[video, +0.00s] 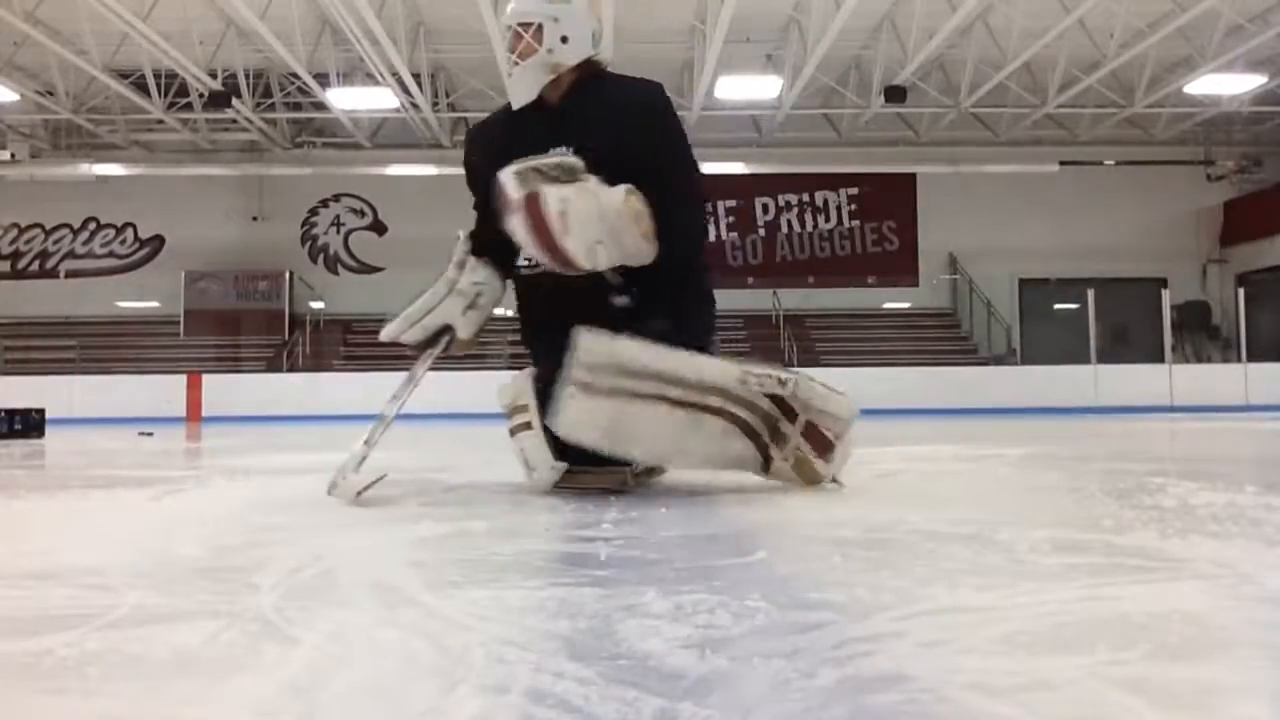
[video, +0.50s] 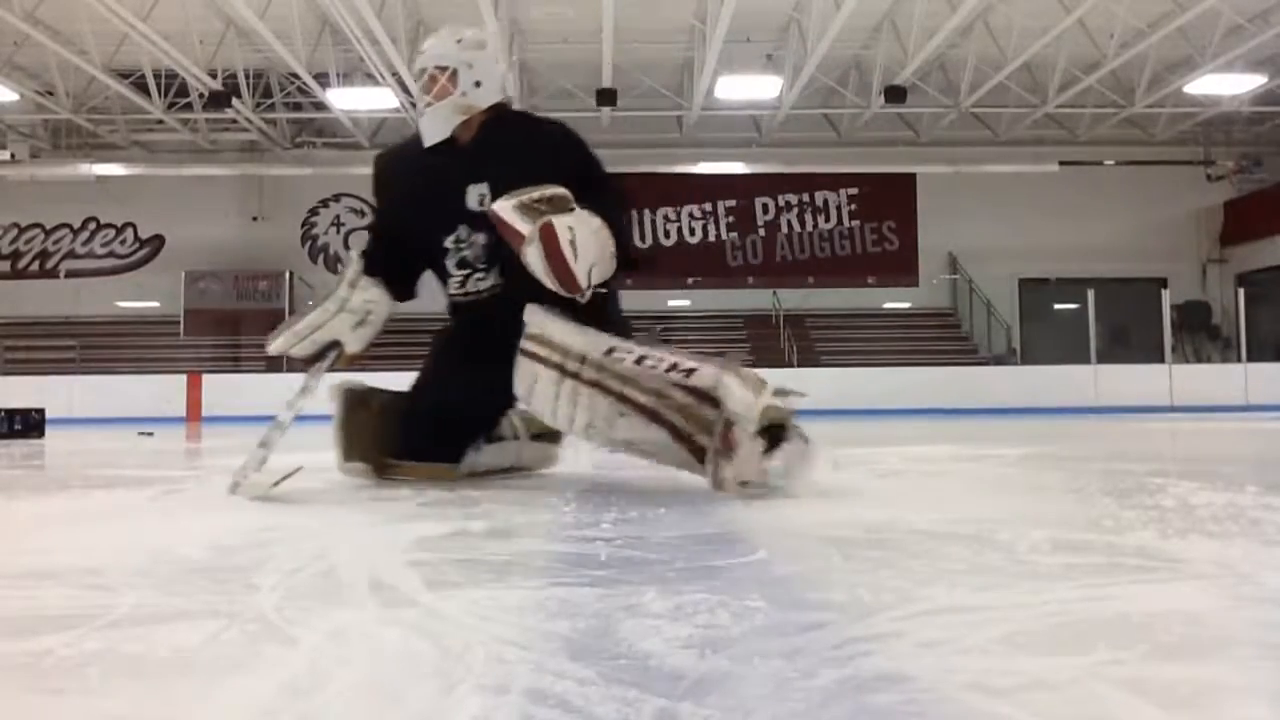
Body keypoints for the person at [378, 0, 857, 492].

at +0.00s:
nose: (519, 41)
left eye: (535, 27)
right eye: (515, 28)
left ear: (573, 34)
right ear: (508, 40)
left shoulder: (639, 106)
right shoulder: (490, 140)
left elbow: (684, 218)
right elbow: (494, 237)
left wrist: (599, 225)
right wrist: (466, 296)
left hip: (659, 325)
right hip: (558, 336)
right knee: (578, 479)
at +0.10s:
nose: (516, 49)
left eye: (530, 34)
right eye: (511, 37)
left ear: (572, 34)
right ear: (505, 45)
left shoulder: (640, 105)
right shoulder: (488, 136)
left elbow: (702, 197)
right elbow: (486, 240)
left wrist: (631, 225)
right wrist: (451, 302)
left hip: (646, 314)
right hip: (549, 323)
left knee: (610, 468)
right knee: (575, 467)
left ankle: (655, 435)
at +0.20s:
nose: (517, 43)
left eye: (532, 28)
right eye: (509, 31)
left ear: (574, 28)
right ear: (501, 40)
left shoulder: (642, 103)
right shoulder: (486, 136)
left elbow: (701, 197)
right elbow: (486, 239)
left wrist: (641, 230)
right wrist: (452, 299)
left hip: (651, 311)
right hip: (545, 323)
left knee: (619, 456)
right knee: (554, 456)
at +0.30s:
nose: (495, 55)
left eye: (509, 40)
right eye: (491, 42)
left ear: (549, 42)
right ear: (489, 50)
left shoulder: (619, 106)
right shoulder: (475, 145)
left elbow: (683, 193)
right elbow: (482, 236)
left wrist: (629, 228)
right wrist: (447, 291)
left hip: (645, 296)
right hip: (546, 314)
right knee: (517, 441)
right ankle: (611, 436)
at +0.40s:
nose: (459, 71)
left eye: (471, 58)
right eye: (457, 60)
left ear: (511, 60)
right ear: (467, 67)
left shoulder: (584, 119)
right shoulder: (448, 156)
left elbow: (649, 199)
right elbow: (450, 240)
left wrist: (600, 233)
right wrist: (415, 294)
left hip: (612, 306)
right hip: (519, 316)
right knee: (469, 436)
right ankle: (562, 436)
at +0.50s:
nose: (426, 88)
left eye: (440, 76)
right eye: (422, 77)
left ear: (481, 78)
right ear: (421, 85)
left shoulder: (544, 141)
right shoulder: (406, 172)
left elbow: (612, 225)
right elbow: (394, 260)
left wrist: (580, 245)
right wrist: (357, 306)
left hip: (570, 318)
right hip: (476, 332)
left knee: (630, 397)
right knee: (422, 446)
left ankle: (739, 433)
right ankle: (520, 442)